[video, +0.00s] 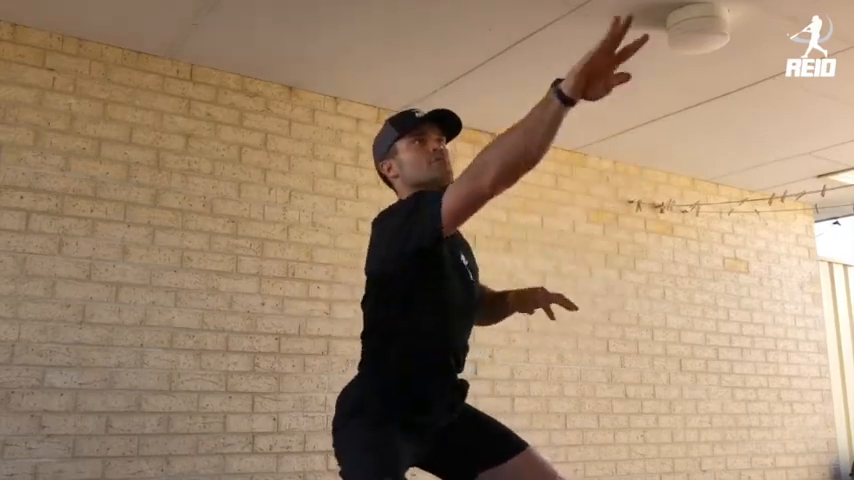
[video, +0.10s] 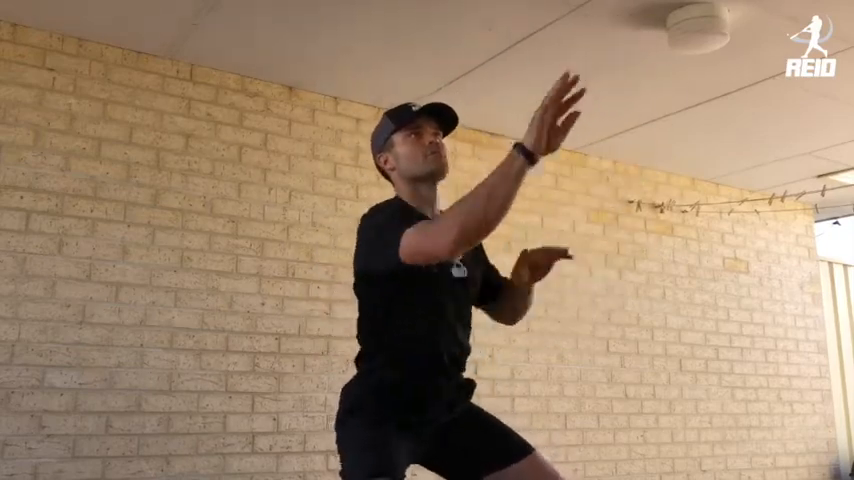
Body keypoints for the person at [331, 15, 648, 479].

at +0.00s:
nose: (438, 145)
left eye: (441, 138)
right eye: (419, 140)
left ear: (450, 152)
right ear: (389, 169)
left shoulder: (452, 241)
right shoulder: (396, 227)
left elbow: (469, 307)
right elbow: (489, 176)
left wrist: (517, 300)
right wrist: (566, 93)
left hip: (439, 414)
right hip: (377, 417)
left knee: (543, 476)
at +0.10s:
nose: (434, 139)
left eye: (437, 133)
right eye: (414, 134)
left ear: (445, 151)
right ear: (387, 162)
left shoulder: (460, 237)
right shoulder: (381, 224)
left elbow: (507, 310)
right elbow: (448, 239)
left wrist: (523, 278)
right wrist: (527, 150)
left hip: (445, 411)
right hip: (379, 414)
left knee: (544, 477)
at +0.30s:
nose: (434, 141)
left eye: (438, 136)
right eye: (415, 136)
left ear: (446, 153)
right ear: (387, 165)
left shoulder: (485, 227)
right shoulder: (364, 246)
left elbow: (584, 239)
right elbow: (334, 350)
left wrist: (556, 184)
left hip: (466, 408)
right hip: (390, 412)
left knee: (555, 476)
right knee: (375, 476)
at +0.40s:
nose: (442, 147)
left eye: (446, 141)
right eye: (423, 142)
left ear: (454, 156)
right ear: (396, 169)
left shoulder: (494, 223)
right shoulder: (372, 254)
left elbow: (576, 187)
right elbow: (333, 352)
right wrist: (379, 344)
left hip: (471, 413)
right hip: (397, 413)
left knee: (557, 476)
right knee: (378, 478)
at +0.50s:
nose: (456, 146)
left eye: (459, 140)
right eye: (438, 141)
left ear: (469, 156)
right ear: (409, 168)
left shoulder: (503, 224)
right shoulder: (384, 252)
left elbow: (584, 190)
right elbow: (347, 351)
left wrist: (626, 116)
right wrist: (395, 329)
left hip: (478, 411)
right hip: (404, 411)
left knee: (561, 477)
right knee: (384, 477)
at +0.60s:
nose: (465, 145)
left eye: (469, 140)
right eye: (447, 140)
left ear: (478, 155)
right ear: (420, 167)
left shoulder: (515, 227)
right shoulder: (398, 246)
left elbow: (615, 248)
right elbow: (367, 344)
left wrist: (612, 201)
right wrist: (433, 298)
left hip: (483, 407)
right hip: (410, 407)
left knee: (565, 475)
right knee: (391, 475)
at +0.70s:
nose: (470, 150)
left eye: (474, 145)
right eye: (452, 146)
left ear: (484, 159)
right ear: (426, 172)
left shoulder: (516, 238)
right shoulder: (409, 250)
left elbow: (596, 297)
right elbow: (399, 345)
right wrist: (462, 269)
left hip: (488, 410)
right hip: (417, 409)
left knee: (569, 475)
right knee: (397, 475)